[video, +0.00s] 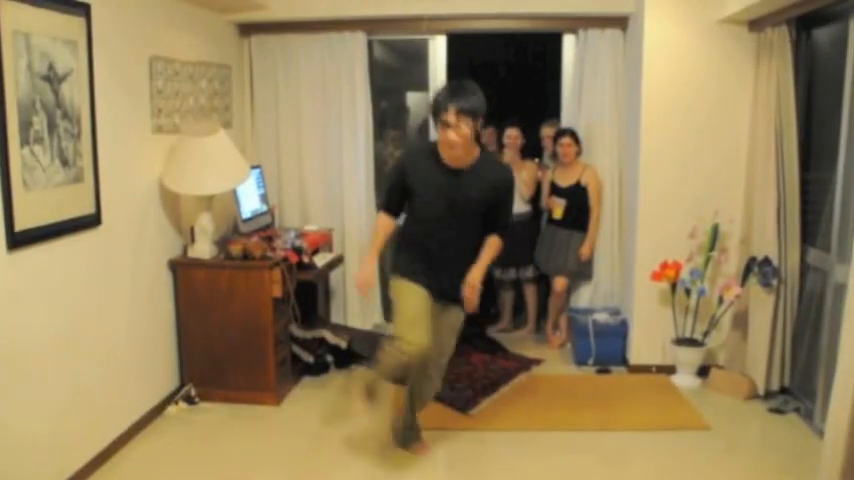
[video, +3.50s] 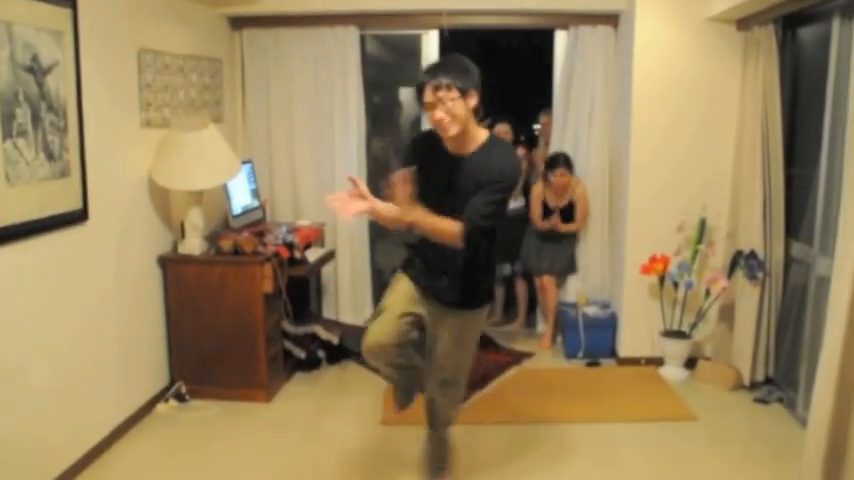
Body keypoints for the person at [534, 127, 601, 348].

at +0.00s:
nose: (565, 150)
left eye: (569, 145)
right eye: (561, 145)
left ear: (578, 148)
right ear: (556, 150)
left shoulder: (588, 174)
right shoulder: (551, 174)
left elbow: (594, 210)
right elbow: (543, 202)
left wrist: (589, 242)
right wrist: (550, 203)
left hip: (575, 233)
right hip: (553, 231)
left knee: (560, 284)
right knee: (559, 287)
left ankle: (550, 325)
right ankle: (564, 329)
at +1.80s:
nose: (561, 154)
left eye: (566, 149)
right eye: (558, 149)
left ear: (576, 151)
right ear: (552, 152)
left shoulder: (586, 175)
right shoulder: (547, 176)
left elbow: (597, 208)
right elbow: (540, 204)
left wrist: (576, 220)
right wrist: (548, 206)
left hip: (573, 233)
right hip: (550, 231)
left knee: (557, 287)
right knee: (552, 287)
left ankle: (544, 326)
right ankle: (557, 330)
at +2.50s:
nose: (567, 185)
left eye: (570, 180)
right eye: (563, 181)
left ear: (576, 175)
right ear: (553, 176)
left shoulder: (583, 187)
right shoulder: (541, 182)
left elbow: (587, 219)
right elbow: (529, 211)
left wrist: (575, 242)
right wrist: (544, 228)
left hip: (568, 234)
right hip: (542, 231)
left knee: (550, 283)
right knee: (543, 284)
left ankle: (549, 333)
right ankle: (551, 329)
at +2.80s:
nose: (565, 213)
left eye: (569, 210)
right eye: (562, 209)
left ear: (576, 204)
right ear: (555, 198)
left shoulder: (580, 208)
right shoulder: (542, 194)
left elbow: (582, 238)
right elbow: (526, 220)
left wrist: (583, 273)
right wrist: (540, 244)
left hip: (565, 240)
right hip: (538, 237)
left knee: (548, 284)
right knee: (540, 286)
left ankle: (551, 333)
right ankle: (550, 328)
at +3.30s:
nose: (568, 211)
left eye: (570, 207)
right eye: (564, 207)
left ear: (574, 202)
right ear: (553, 201)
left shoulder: (578, 208)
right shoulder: (538, 199)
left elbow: (581, 238)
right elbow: (528, 227)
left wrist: (582, 269)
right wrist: (539, 246)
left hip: (564, 240)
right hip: (540, 239)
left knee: (548, 282)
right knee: (540, 283)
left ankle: (550, 330)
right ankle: (550, 327)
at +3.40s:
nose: (563, 194)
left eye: (567, 188)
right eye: (559, 188)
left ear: (573, 186)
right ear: (550, 187)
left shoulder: (579, 197)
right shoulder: (539, 194)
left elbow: (582, 222)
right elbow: (532, 223)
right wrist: (538, 236)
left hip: (563, 235)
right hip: (541, 233)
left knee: (548, 279)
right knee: (539, 281)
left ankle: (550, 329)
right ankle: (550, 325)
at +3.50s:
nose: (559, 180)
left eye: (563, 175)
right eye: (554, 175)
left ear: (571, 175)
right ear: (547, 176)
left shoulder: (578, 190)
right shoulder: (538, 189)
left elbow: (580, 223)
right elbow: (536, 221)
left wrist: (561, 227)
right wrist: (549, 224)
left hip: (564, 235)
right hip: (539, 235)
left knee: (548, 279)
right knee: (539, 281)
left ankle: (550, 329)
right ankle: (550, 325)